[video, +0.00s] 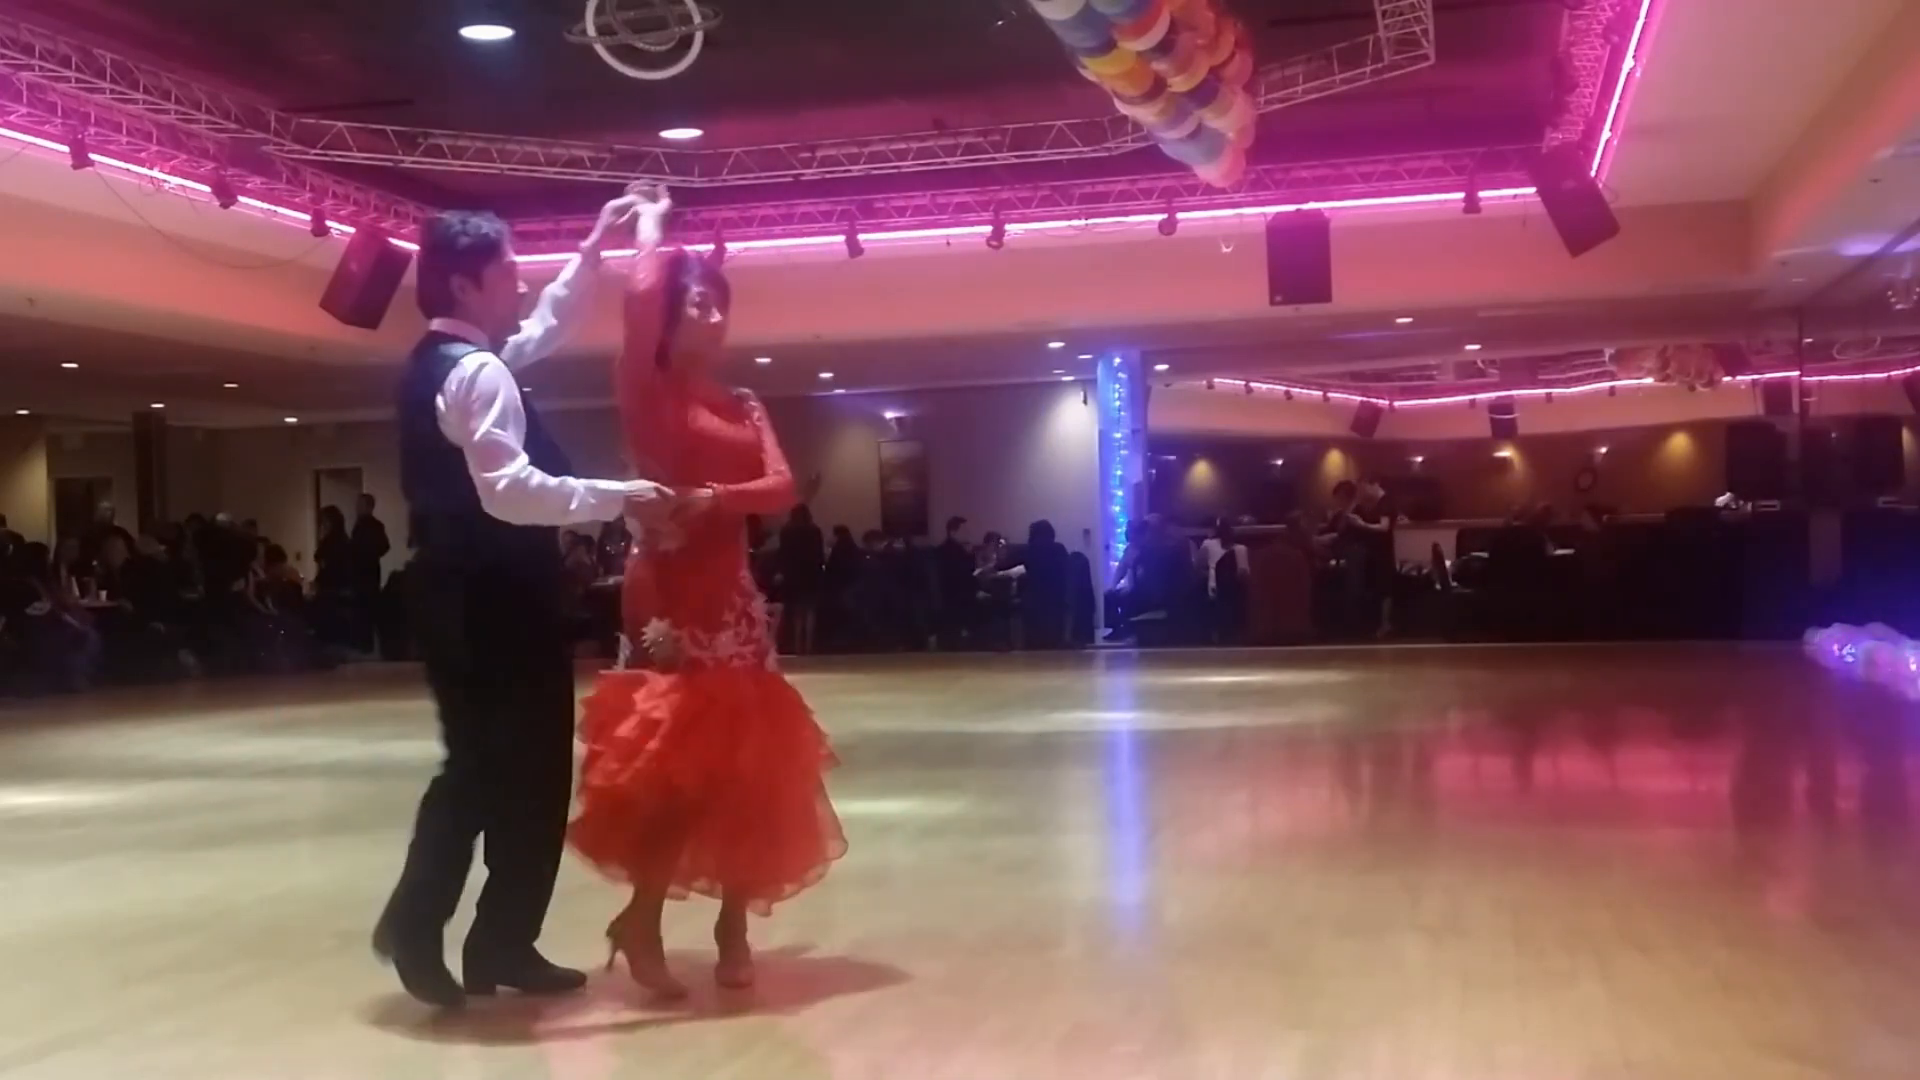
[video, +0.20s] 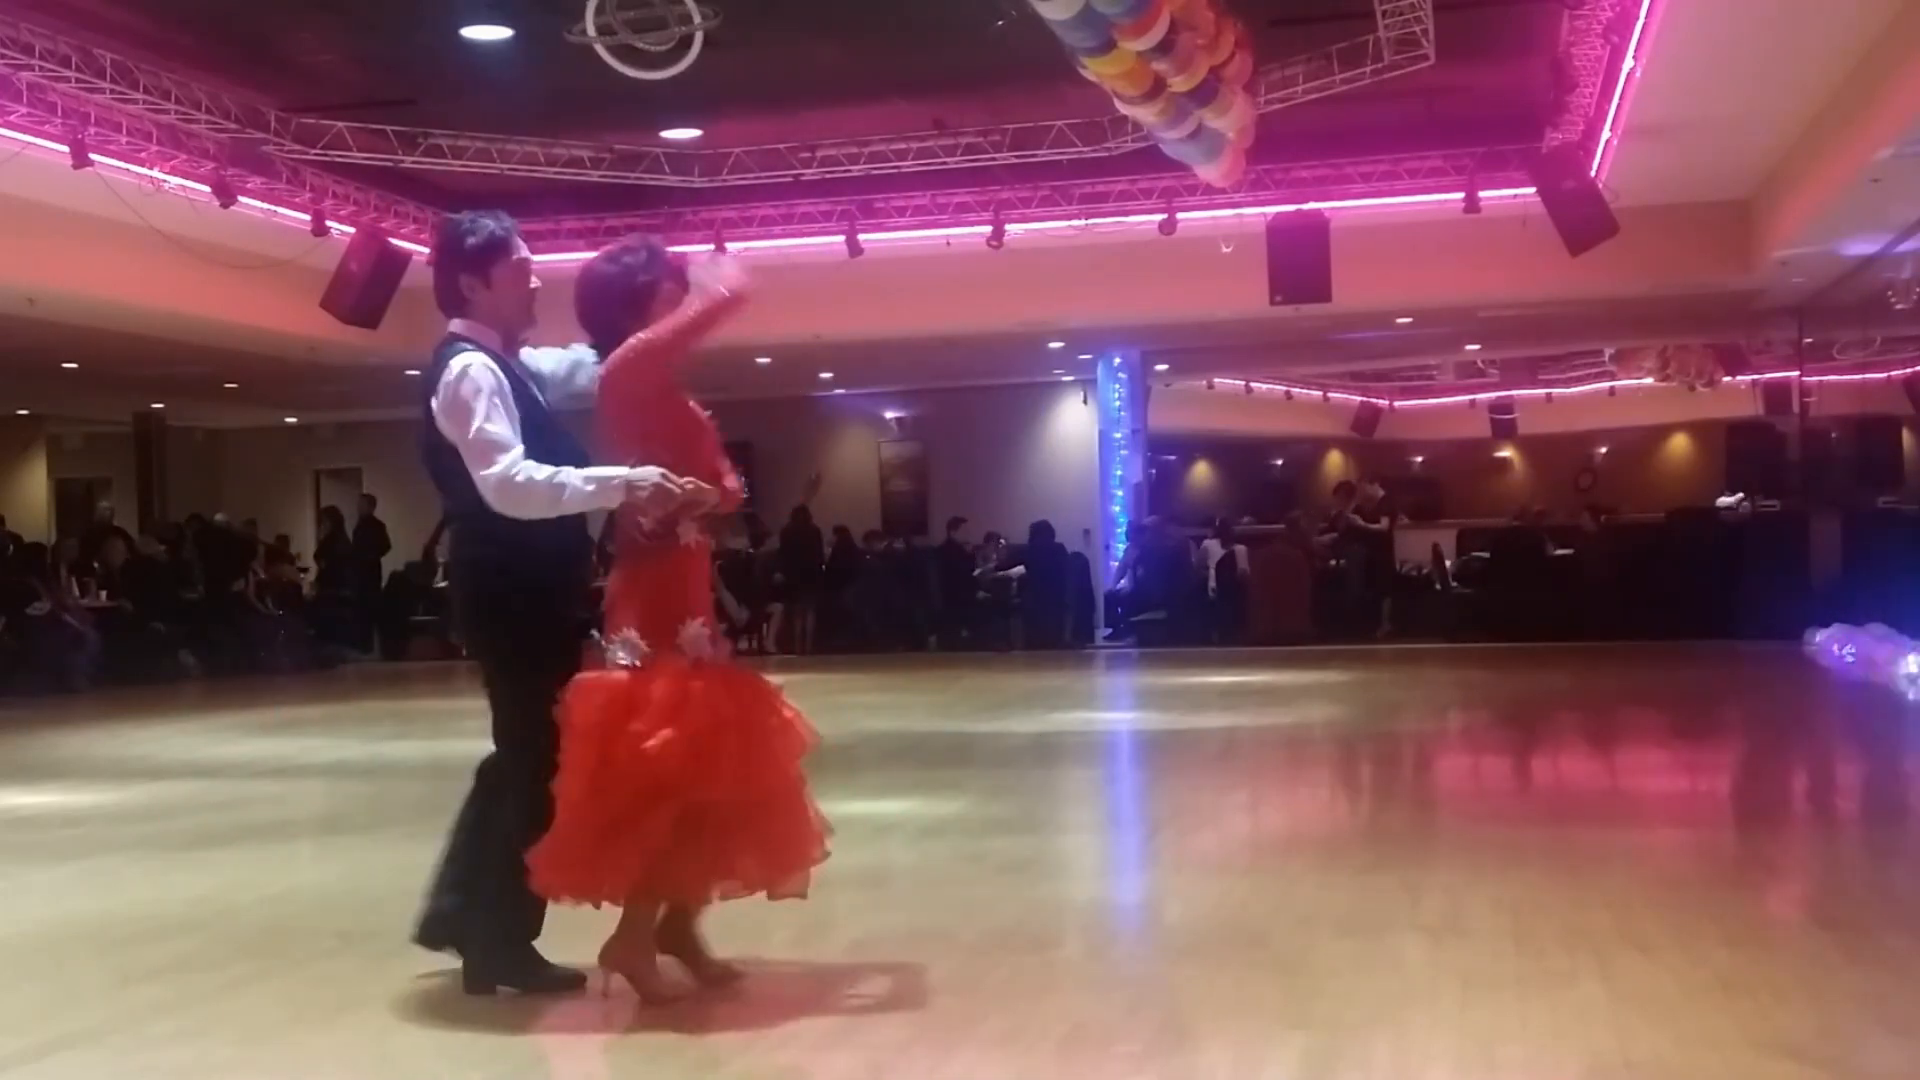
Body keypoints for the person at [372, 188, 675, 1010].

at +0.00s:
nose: (520, 282)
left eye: (514, 269)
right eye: (508, 270)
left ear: (447, 284)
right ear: (469, 281)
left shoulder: (435, 364)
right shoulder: (479, 371)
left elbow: (540, 325)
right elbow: (508, 488)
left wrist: (595, 244)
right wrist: (627, 496)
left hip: (455, 591)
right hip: (511, 596)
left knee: (475, 764)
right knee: (534, 774)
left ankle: (411, 924)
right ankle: (504, 945)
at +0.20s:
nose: (536, 282)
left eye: (532, 268)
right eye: (521, 270)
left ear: (487, 283)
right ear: (470, 281)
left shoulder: (505, 363)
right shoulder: (469, 370)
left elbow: (589, 368)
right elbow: (507, 483)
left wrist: (658, 318)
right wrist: (623, 481)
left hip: (536, 586)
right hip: (511, 591)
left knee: (531, 753)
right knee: (535, 757)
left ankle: (462, 914)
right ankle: (497, 947)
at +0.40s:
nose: (553, 278)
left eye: (550, 264)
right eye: (537, 266)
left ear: (514, 280)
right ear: (490, 280)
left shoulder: (543, 369)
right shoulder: (474, 371)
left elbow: (596, 446)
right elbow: (530, 467)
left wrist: (666, 488)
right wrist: (638, 481)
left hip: (561, 584)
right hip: (515, 592)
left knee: (559, 754)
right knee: (538, 758)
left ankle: (489, 905)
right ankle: (502, 941)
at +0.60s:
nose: (641, 320)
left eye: (635, 307)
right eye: (631, 309)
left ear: (555, 327)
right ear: (606, 321)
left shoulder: (553, 401)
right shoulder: (623, 396)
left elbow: (601, 479)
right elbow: (703, 467)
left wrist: (657, 517)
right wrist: (717, 528)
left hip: (578, 577)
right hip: (636, 578)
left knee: (577, 756)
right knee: (651, 759)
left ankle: (511, 923)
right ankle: (636, 941)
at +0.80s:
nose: (569, 300)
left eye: (573, 285)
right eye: (554, 288)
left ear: (578, 294)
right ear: (518, 296)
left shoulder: (601, 380)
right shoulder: (493, 374)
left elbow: (653, 465)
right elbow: (511, 476)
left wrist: (682, 525)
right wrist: (598, 510)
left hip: (599, 584)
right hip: (528, 587)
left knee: (595, 762)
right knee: (530, 767)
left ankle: (578, 921)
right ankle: (505, 941)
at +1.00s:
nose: (594, 296)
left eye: (598, 283)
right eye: (576, 286)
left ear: (608, 295)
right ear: (537, 301)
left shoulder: (630, 381)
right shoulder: (505, 383)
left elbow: (666, 466)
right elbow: (502, 484)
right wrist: (589, 500)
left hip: (633, 576)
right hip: (552, 580)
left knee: (641, 739)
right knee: (543, 749)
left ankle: (647, 916)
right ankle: (531, 937)